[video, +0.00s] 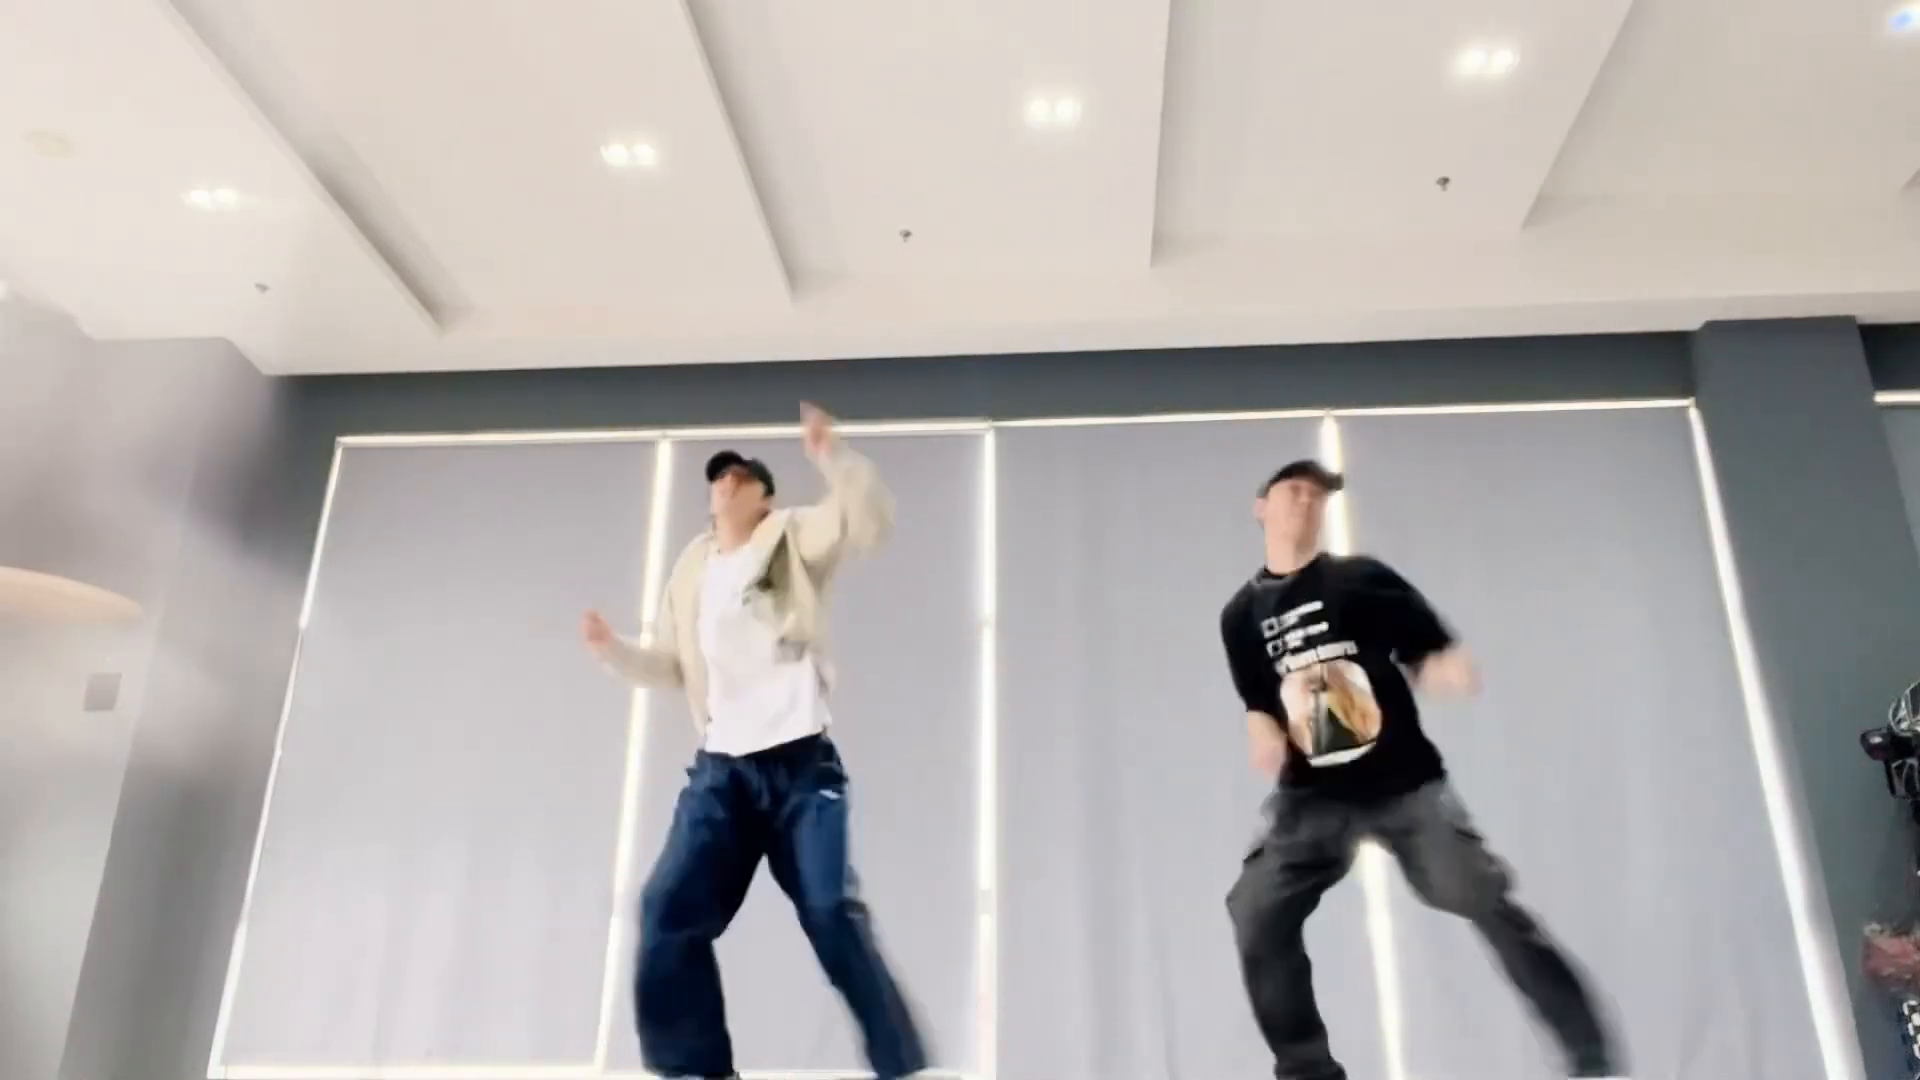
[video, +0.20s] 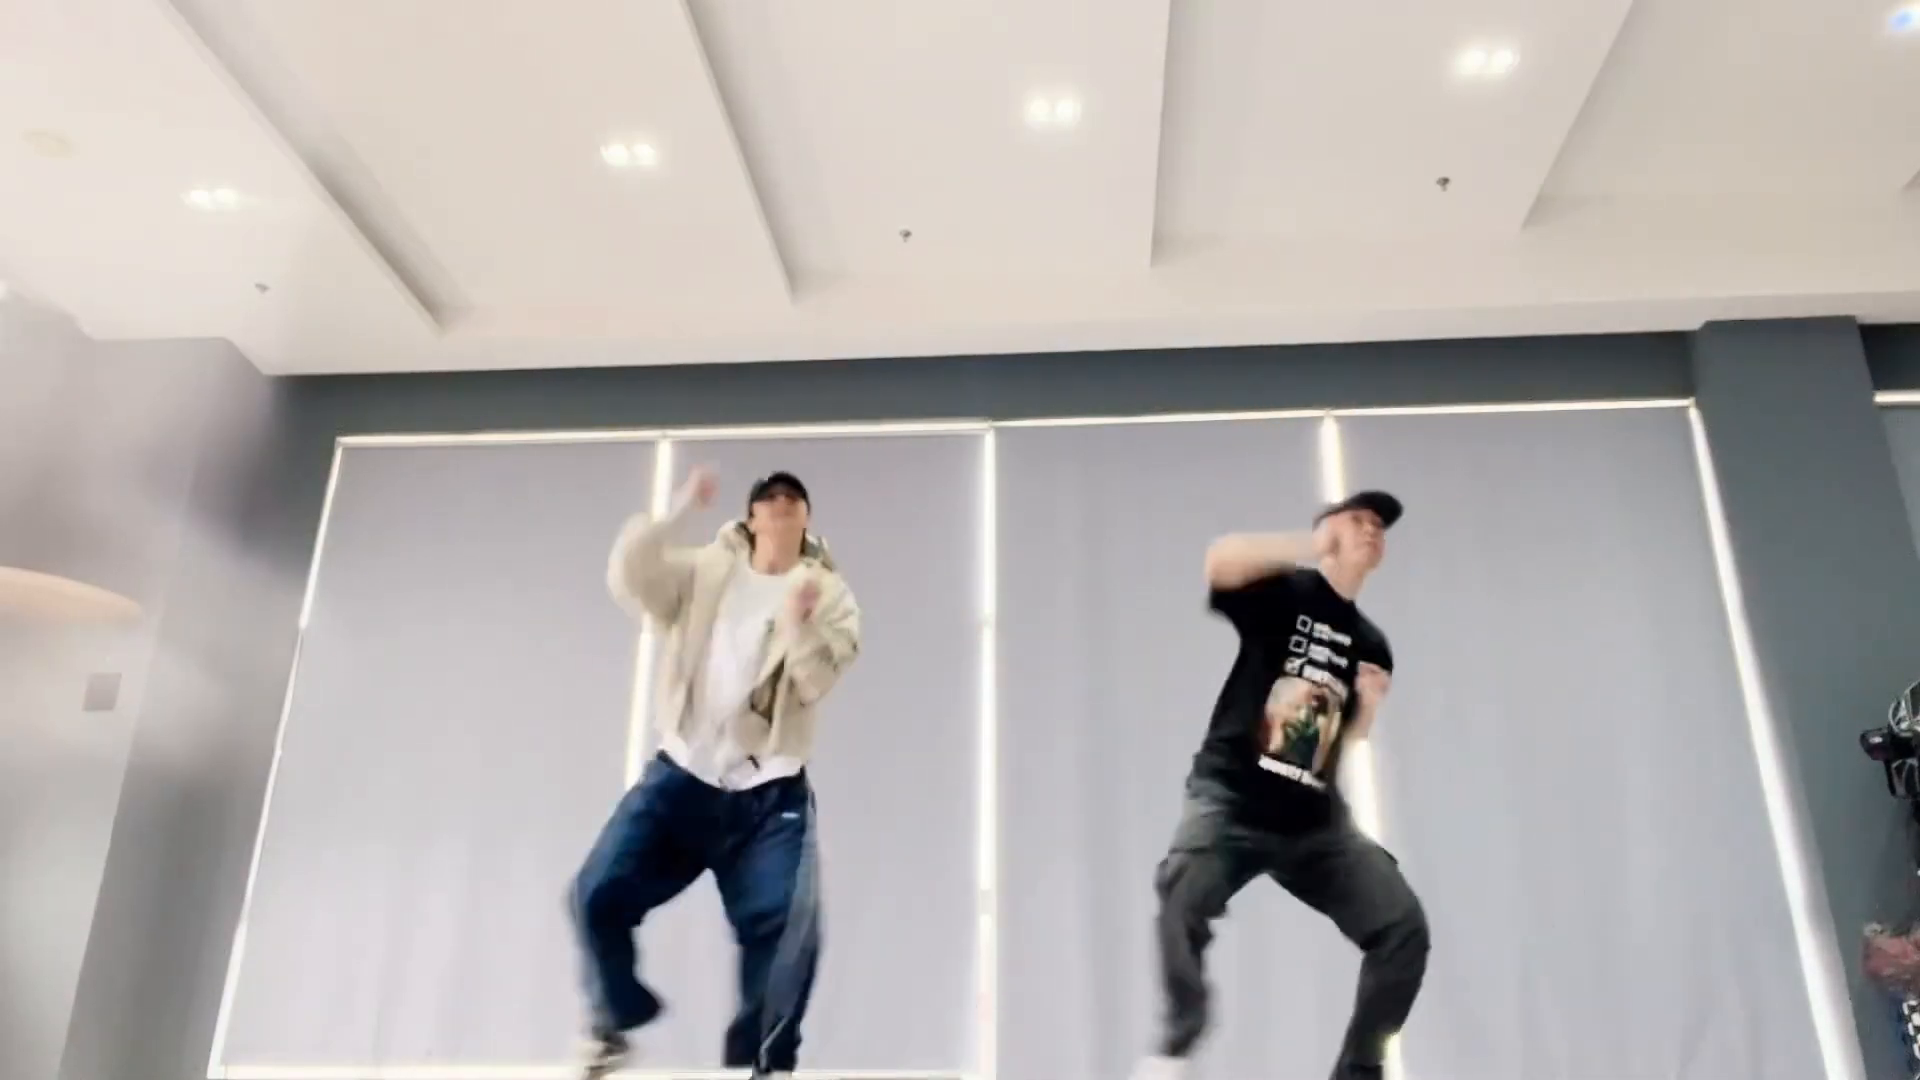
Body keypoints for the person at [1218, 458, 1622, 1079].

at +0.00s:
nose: (1305, 502)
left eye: (1315, 495)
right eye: (1291, 492)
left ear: (1326, 513)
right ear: (1260, 509)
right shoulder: (1243, 616)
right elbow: (1262, 720)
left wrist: (1425, 667)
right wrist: (1273, 753)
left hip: (1403, 785)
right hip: (1313, 796)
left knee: (1476, 893)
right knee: (1258, 909)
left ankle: (1590, 1053)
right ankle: (1307, 1071)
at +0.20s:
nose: (1373, 533)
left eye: (1379, 529)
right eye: (1360, 522)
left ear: (1381, 551)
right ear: (1326, 534)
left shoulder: (1371, 645)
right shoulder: (1281, 590)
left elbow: (1353, 735)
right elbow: (1219, 565)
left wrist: (1363, 706)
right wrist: (1310, 544)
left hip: (1313, 821)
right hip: (1231, 803)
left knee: (1402, 930)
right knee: (1186, 887)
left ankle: (1359, 1068)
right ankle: (1183, 1028)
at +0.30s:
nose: (1364, 581)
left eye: (1370, 574)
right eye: (1352, 568)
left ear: (1368, 590)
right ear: (1320, 572)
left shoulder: (1342, 688)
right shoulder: (1280, 595)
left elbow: (1321, 778)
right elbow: (1270, 509)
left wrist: (1303, 751)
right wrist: (1331, 416)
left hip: (1276, 840)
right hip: (1215, 814)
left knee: (1380, 927)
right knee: (1132, 945)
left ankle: (1351, 1071)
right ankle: (1010, 1056)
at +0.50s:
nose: (1324, 555)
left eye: (1331, 547)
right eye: (1311, 545)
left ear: (1335, 565)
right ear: (1284, 560)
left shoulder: (1334, 667)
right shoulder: (1256, 597)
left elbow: (1330, 770)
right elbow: (1226, 497)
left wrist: (1316, 760)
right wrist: (1224, 403)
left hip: (1288, 830)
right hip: (1208, 817)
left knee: (1397, 929)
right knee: (1126, 925)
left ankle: (1357, 1070)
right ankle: (1015, 1058)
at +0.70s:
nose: (1306, 484)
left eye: (1316, 478)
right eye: (1293, 476)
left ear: (1327, 498)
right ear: (1266, 498)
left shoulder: (1350, 576)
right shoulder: (1236, 550)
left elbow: (1426, 627)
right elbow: (1143, 571)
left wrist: (1515, 623)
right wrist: (1043, 580)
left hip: (1312, 758)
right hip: (1236, 748)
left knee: (1338, 907)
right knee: (1251, 895)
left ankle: (1375, 1065)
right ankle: (1278, 1069)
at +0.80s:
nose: (1296, 487)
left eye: (1306, 481)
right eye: (1283, 479)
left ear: (1318, 501)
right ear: (1257, 497)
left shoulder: (1347, 571)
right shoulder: (1228, 557)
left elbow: (1435, 599)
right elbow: (1142, 575)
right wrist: (1115, 539)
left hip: (1337, 765)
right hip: (1257, 758)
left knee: (1363, 920)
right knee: (1258, 915)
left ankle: (1376, 1068)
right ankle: (1269, 1071)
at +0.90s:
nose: (1298, 518)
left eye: (1308, 511)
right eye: (1284, 510)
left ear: (1322, 530)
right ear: (1261, 526)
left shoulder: (1351, 578)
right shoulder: (1230, 580)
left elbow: (1425, 520)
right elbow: (1156, 527)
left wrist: (1354, 529)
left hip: (1345, 787)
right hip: (1263, 781)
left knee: (1393, 914)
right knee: (1265, 908)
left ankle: (1393, 1067)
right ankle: (1265, 1066)